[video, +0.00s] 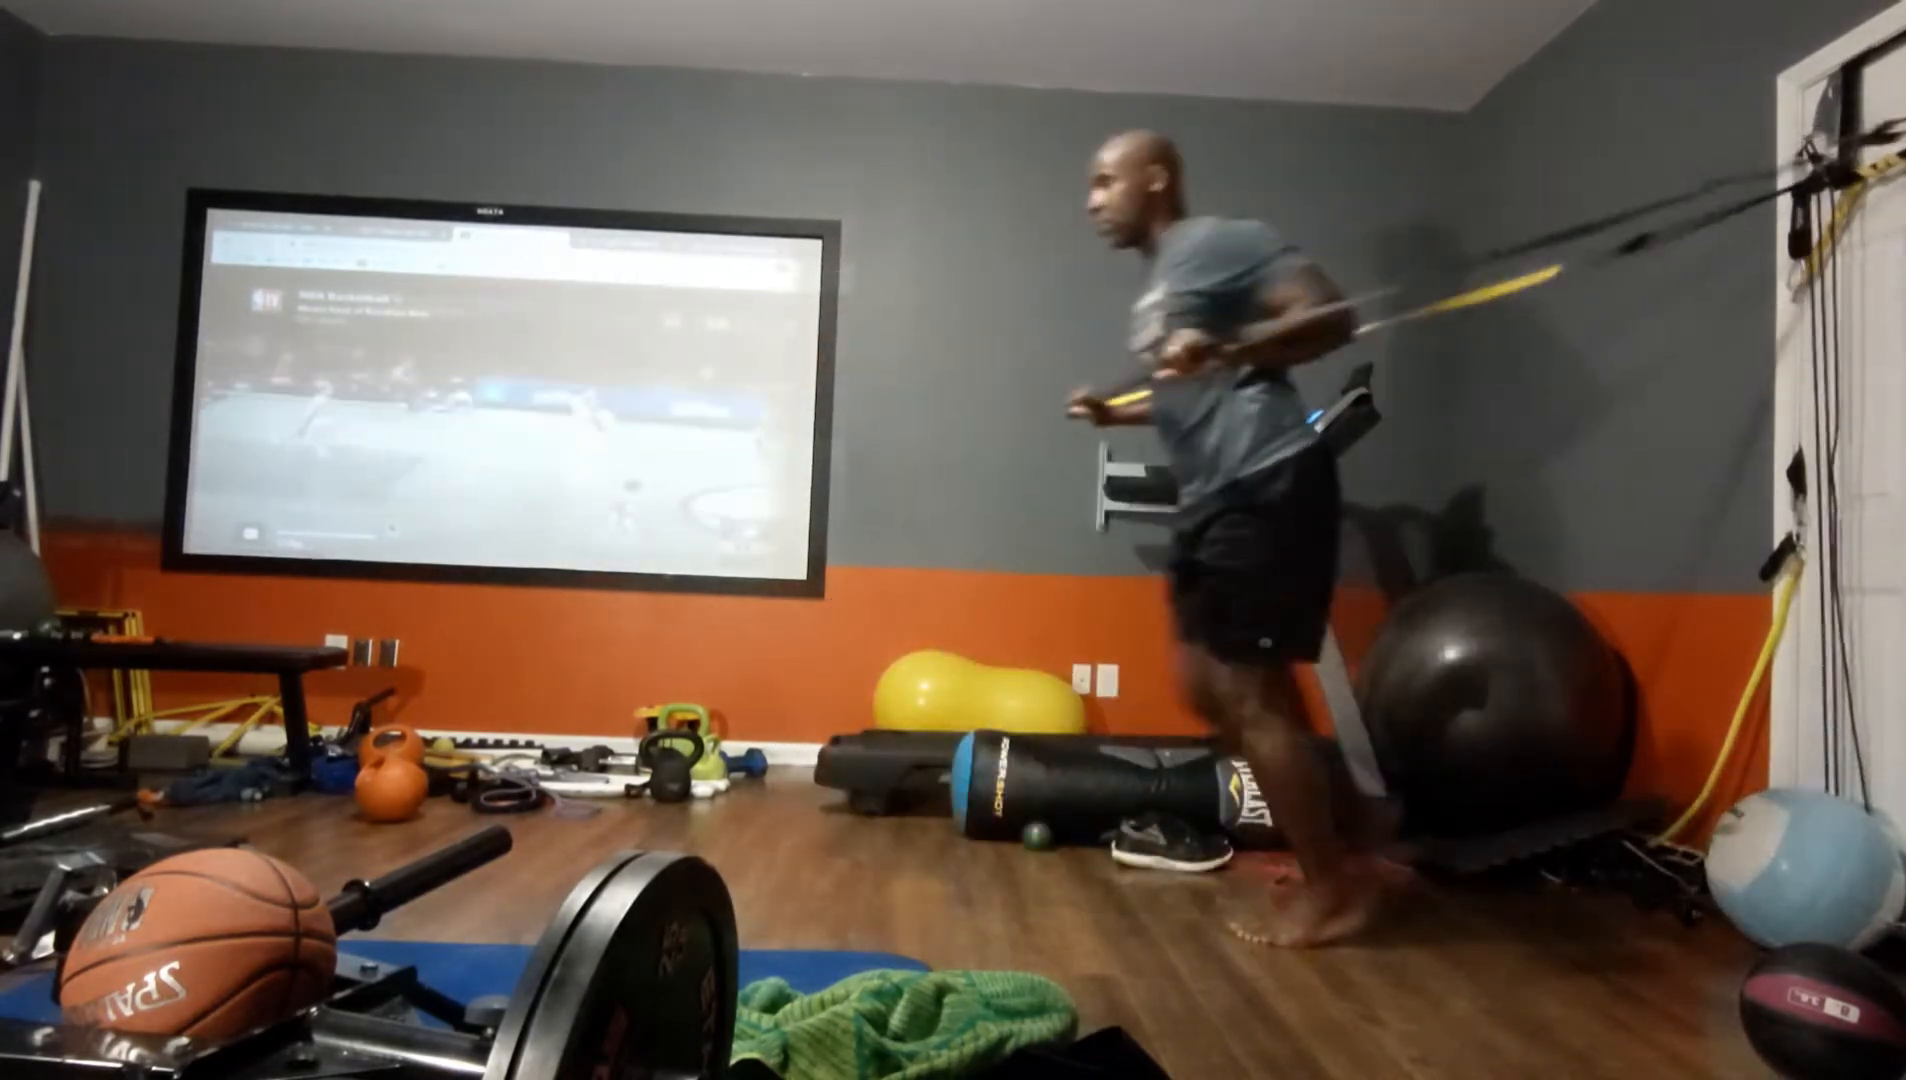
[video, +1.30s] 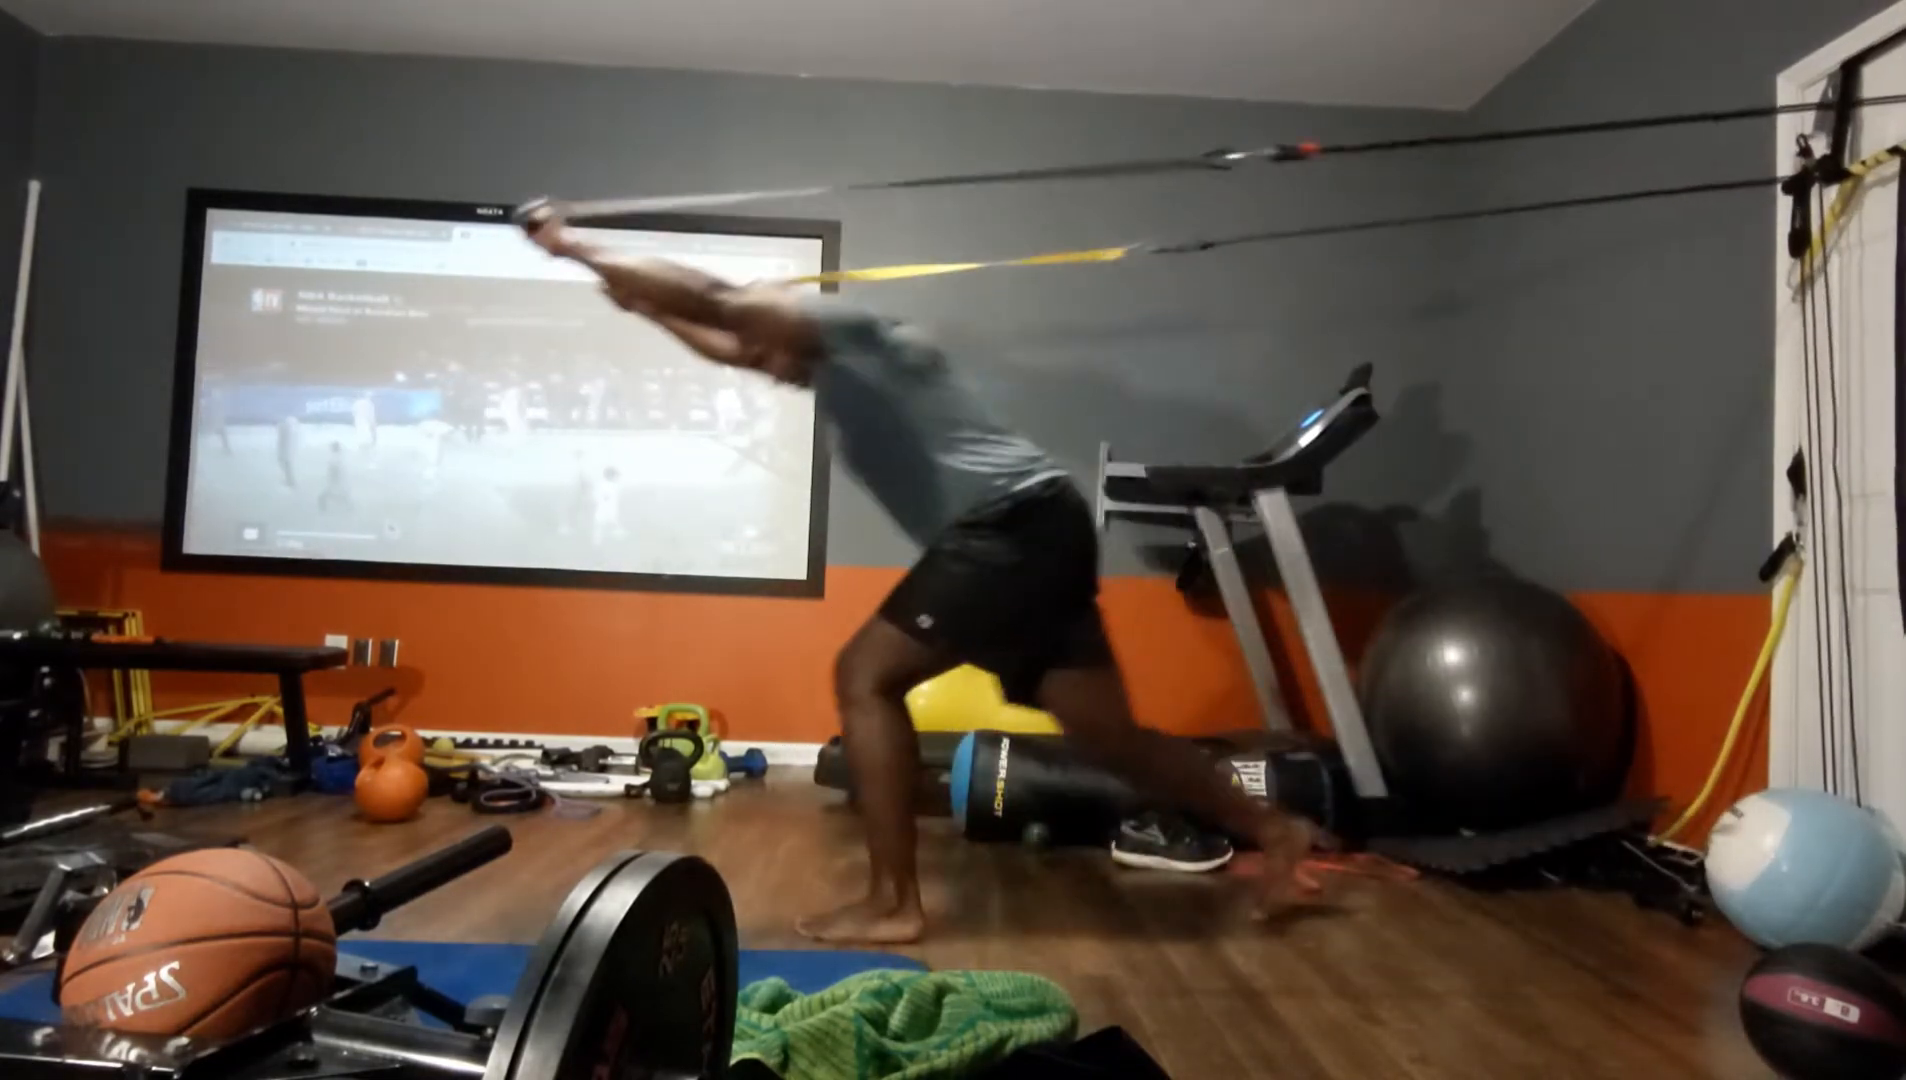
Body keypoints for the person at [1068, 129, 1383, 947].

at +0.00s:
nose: (1093, 201)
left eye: (1106, 181)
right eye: (1092, 187)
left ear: (1159, 181)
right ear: (1131, 193)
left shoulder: (1218, 241)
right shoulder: (1154, 292)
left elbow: (1331, 313)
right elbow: (1192, 399)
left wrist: (1231, 350)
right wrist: (1114, 410)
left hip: (1272, 490)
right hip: (1215, 502)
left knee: (1251, 693)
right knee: (1204, 685)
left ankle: (1329, 887)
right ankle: (1333, 838)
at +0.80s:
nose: (1052, 236)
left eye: (1060, 215)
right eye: (1049, 222)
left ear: (1110, 202)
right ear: (1086, 216)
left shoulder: (1168, 257)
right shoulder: (1115, 299)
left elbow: (1266, 334)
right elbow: (1163, 402)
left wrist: (1173, 391)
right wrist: (1098, 420)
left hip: (1219, 505)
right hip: (1168, 518)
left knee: (1210, 708)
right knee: (1192, 710)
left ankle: (1398, 845)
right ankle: (1319, 858)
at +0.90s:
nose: (1019, 254)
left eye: (1025, 234)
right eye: (1011, 241)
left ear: (1071, 214)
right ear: (1058, 224)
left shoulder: (1136, 271)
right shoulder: (1077, 316)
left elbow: (1220, 354)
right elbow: (1115, 412)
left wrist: (1118, 389)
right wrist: (1050, 416)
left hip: (1184, 513)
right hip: (1149, 520)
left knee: (1115, 708)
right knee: (1183, 708)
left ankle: (1302, 833)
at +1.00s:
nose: (968, 262)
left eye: (974, 241)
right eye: (959, 250)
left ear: (1020, 223)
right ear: (969, 255)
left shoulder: (1076, 274)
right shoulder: (1027, 319)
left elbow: (1121, 361)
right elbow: (1040, 416)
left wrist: (1001, 356)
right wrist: (959, 396)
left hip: (1149, 504)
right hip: (1120, 514)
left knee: (1019, 665)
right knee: (1182, 725)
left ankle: (1125, 829)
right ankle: (1314, 854)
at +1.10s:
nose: (920, 282)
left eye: (925, 266)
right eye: (908, 273)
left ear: (954, 251)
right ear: (906, 277)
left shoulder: (1015, 287)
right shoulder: (965, 338)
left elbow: (939, 308)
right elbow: (911, 384)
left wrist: (815, 297)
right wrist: (822, 345)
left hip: (1104, 506)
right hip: (1101, 514)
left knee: (957, 651)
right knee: (1178, 720)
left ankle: (942, 884)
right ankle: (1320, 856)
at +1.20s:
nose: (814, 299)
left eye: (816, 283)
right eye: (816, 293)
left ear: (856, 272)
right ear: (864, 288)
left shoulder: (924, 304)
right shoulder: (903, 343)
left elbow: (776, 282)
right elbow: (793, 343)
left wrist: (637, 244)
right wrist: (701, 303)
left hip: (1042, 528)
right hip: (1080, 530)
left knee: (902, 671)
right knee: (1147, 716)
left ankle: (896, 907)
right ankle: (1304, 845)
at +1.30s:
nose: (759, 363)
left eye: (758, 342)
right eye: (749, 352)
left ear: (786, 317)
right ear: (791, 337)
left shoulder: (858, 335)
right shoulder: (844, 370)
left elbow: (710, 300)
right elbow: (719, 343)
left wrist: (578, 249)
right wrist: (625, 288)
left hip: (1016, 521)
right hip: (1045, 530)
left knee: (864, 674)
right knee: (1103, 735)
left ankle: (894, 901)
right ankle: (1276, 833)